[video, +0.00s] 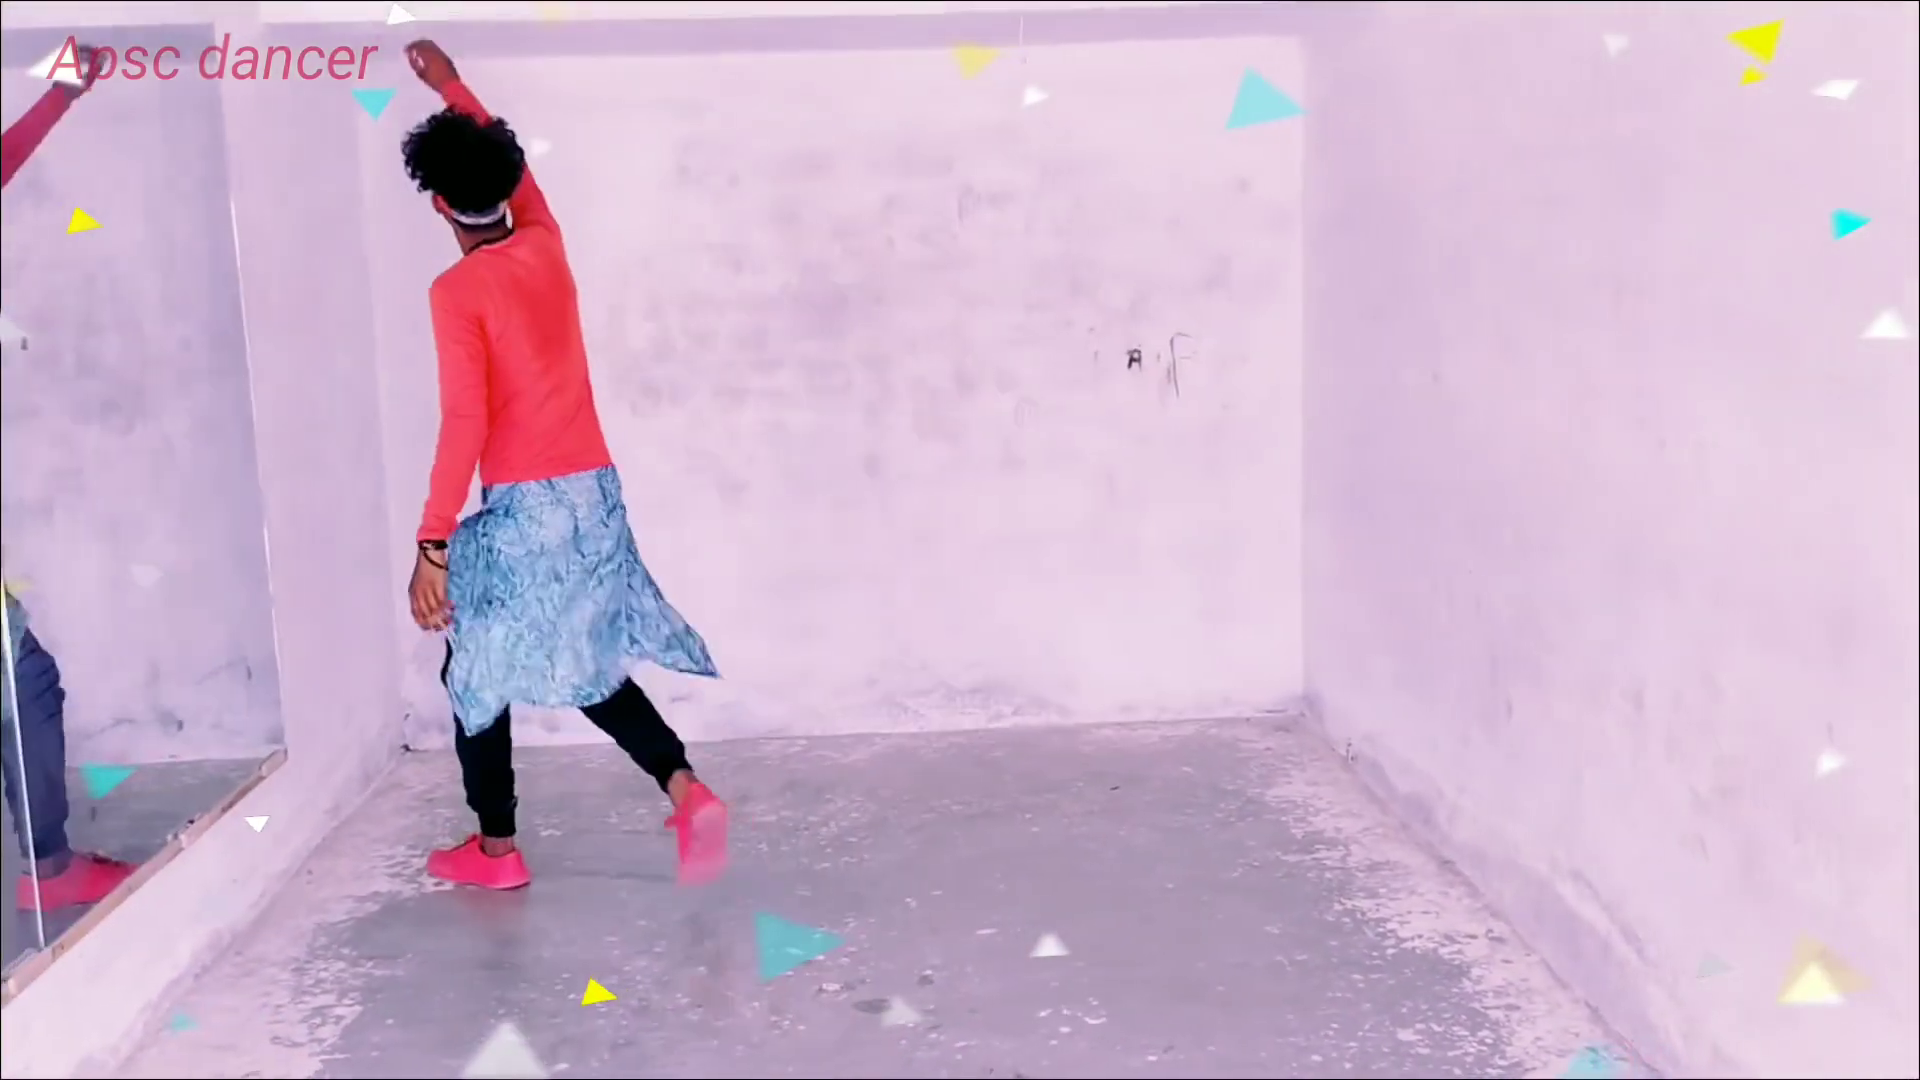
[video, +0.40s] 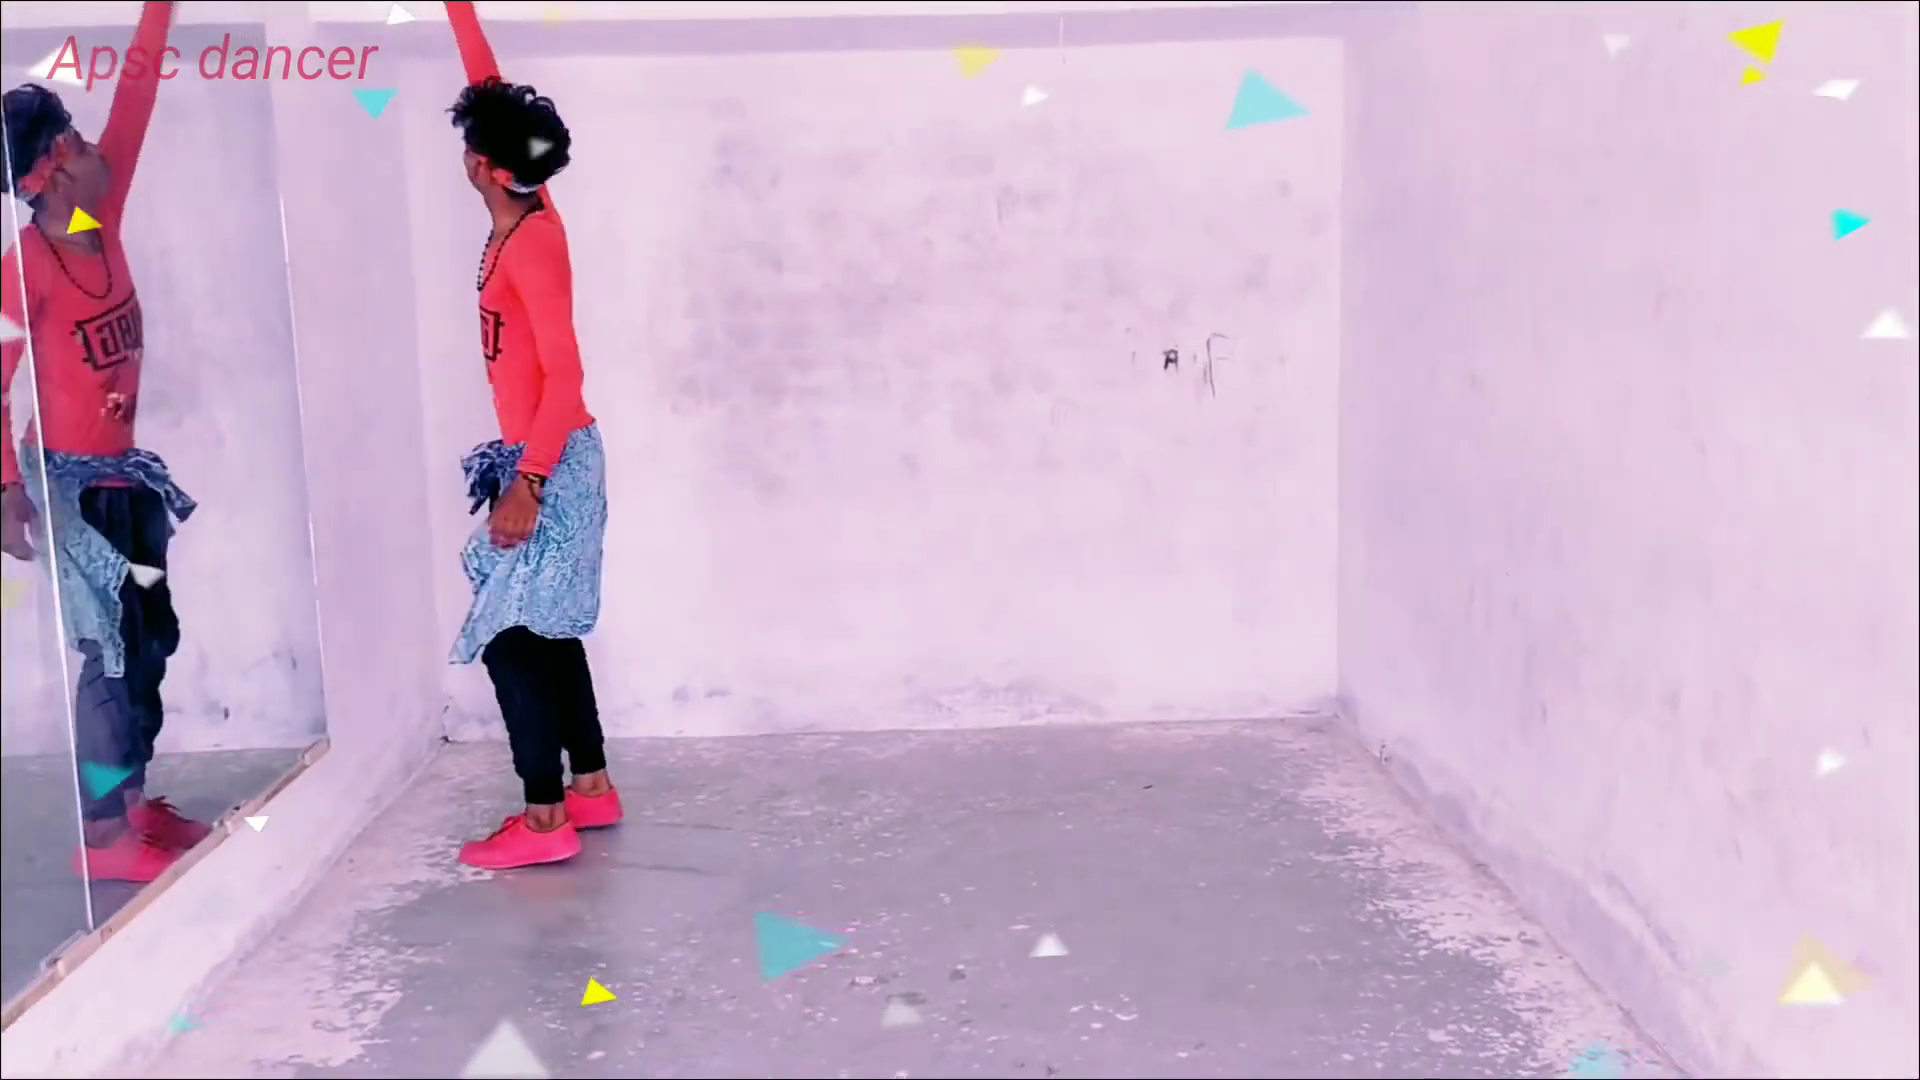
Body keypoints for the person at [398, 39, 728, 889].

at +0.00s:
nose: (427, 205)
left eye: (430, 194)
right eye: (433, 192)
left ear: (442, 204)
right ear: (511, 189)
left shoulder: (460, 291)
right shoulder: (547, 248)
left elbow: (465, 423)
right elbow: (510, 164)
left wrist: (433, 544)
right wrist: (452, 88)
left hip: (518, 511)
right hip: (592, 496)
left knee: (471, 671)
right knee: (585, 661)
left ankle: (497, 847)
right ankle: (689, 792)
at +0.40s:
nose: (465, 164)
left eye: (470, 153)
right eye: (469, 151)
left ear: (488, 167)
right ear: (521, 162)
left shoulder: (530, 246)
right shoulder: (525, 216)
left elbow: (563, 376)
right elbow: (488, 93)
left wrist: (527, 479)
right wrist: (458, 5)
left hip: (542, 466)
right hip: (553, 457)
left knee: (506, 638)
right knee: (549, 629)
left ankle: (544, 820)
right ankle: (592, 786)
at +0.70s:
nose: (529, 174)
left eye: (548, 159)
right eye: (522, 157)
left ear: (584, 167)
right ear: (514, 163)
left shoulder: (602, 251)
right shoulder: (534, 221)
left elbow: (643, 363)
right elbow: (488, 120)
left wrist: (664, 474)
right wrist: (447, 22)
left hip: (609, 465)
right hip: (563, 463)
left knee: (607, 631)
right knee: (566, 629)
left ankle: (676, 797)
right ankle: (606, 787)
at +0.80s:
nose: (552, 173)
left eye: (566, 158)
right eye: (545, 157)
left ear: (602, 161)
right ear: (539, 163)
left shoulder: (630, 248)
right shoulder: (543, 225)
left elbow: (669, 360)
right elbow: (480, 167)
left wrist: (690, 463)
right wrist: (433, 70)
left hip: (638, 459)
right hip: (577, 462)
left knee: (661, 622)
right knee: (575, 627)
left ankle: (740, 786)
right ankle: (608, 786)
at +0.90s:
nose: (588, 177)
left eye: (603, 162)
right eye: (576, 161)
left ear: (632, 166)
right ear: (563, 164)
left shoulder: (658, 249)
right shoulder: (561, 236)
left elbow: (696, 357)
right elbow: (499, 250)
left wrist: (718, 460)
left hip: (667, 466)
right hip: (599, 471)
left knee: (715, 623)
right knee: (578, 632)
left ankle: (802, 780)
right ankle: (607, 786)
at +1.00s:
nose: (627, 190)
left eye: (641, 175)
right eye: (613, 174)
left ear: (663, 180)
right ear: (595, 180)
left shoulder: (693, 262)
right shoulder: (587, 259)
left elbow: (737, 364)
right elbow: (550, 324)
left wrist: (760, 470)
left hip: (702, 486)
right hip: (626, 491)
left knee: (771, 631)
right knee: (572, 637)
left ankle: (858, 782)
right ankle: (607, 788)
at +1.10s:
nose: (666, 206)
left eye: (681, 190)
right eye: (651, 190)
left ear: (702, 194)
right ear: (632, 196)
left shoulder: (737, 279)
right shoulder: (618, 284)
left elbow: (785, 377)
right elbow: (611, 375)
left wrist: (823, 470)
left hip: (738, 507)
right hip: (658, 510)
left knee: (810, 649)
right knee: (581, 651)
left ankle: (894, 808)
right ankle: (608, 789)